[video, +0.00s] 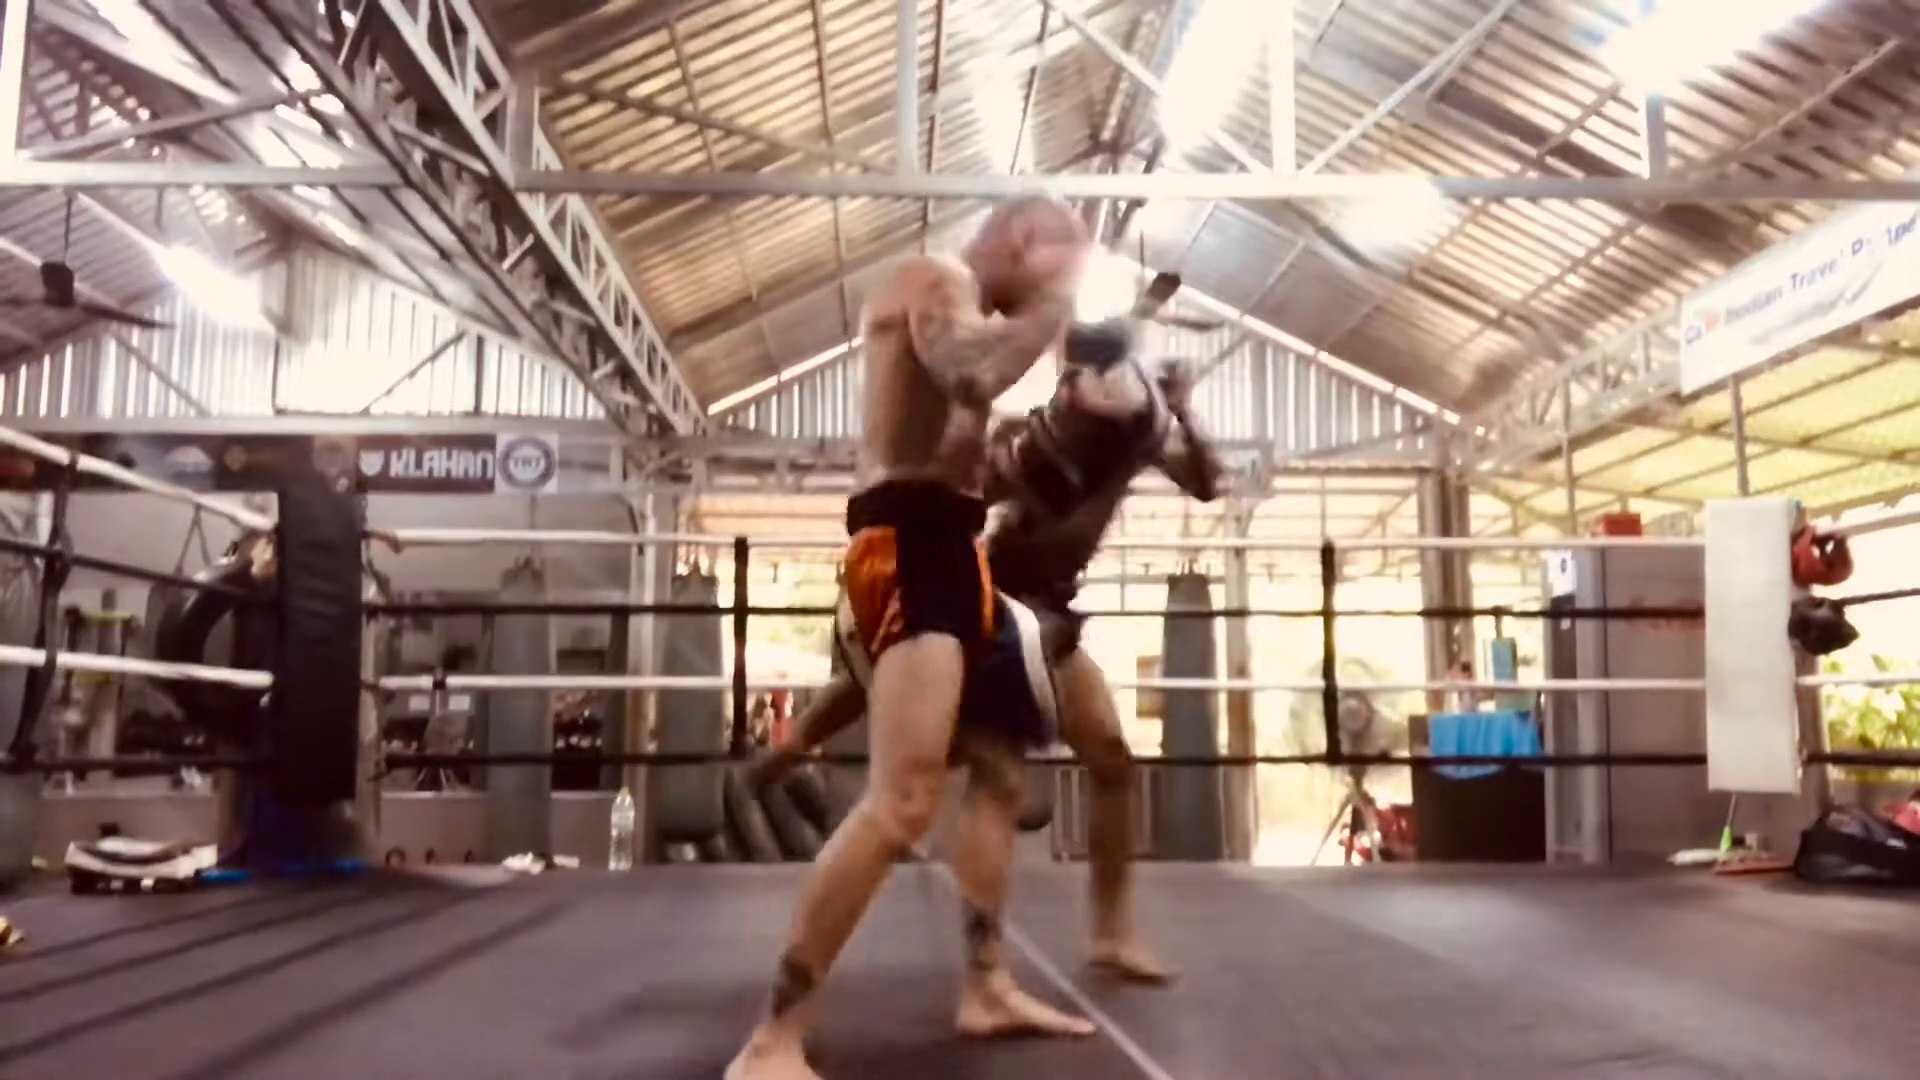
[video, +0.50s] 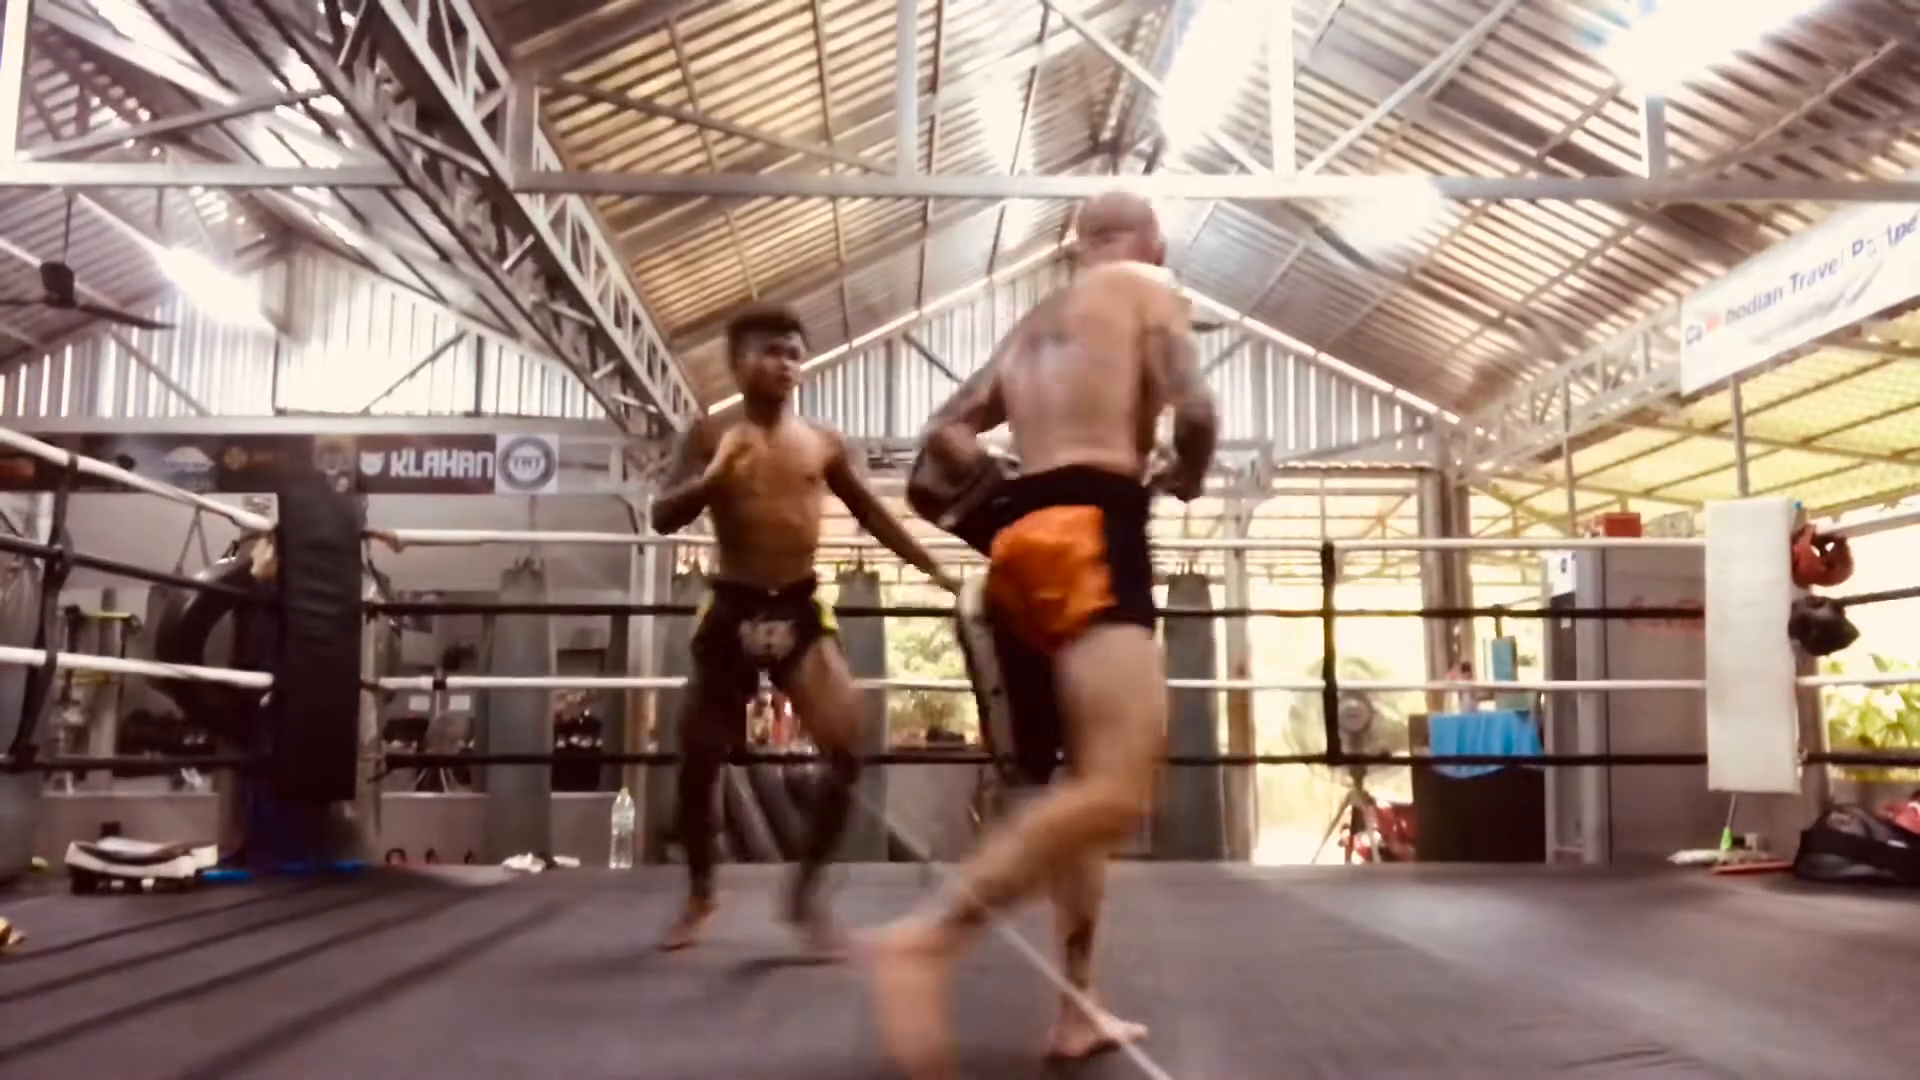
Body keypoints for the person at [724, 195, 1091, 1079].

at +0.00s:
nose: (1048, 286)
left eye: (1054, 272)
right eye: (1046, 265)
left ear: (1010, 245)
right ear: (1013, 240)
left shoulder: (971, 317)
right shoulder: (928, 277)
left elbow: (954, 467)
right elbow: (969, 372)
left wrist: (1022, 453)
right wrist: (1057, 308)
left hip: (956, 544)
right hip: (910, 539)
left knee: (998, 782)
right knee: (900, 804)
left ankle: (986, 987)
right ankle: (774, 1042)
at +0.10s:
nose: (1086, 264)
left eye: (1092, 248)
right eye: (1082, 242)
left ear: (1035, 220)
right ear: (1036, 217)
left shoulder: (1004, 304)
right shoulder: (951, 262)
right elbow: (1001, 356)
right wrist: (1117, 322)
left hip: (982, 536)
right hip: (922, 521)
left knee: (1014, 775)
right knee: (877, 784)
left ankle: (990, 987)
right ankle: (768, 1033)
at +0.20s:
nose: (1108, 238)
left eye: (1112, 224)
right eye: (1101, 219)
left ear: (1051, 204)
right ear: (1053, 199)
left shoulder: (1015, 277)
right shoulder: (981, 246)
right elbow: (1045, 353)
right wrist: (1154, 350)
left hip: (995, 520)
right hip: (946, 504)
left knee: (1023, 766)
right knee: (883, 770)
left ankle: (1006, 986)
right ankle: (769, 1022)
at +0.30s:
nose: (1134, 240)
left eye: (1133, 222)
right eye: (1128, 220)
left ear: (1067, 214)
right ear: (1081, 213)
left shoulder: (1006, 288)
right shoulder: (1037, 259)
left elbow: (918, 440)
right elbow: (1102, 375)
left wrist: (1052, 482)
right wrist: (1171, 402)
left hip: (1005, 522)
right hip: (980, 509)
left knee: (1053, 765)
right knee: (902, 770)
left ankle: (1056, 993)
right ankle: (773, 1014)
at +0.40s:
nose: (1147, 254)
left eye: (1143, 239)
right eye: (1141, 237)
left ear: (1075, 231)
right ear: (1115, 229)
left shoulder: (1010, 314)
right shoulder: (1097, 277)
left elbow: (920, 438)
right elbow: (1166, 412)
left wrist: (974, 509)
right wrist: (1178, 455)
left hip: (991, 524)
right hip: (1033, 523)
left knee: (1083, 780)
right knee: (973, 782)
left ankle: (1075, 1004)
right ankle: (802, 993)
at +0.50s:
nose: (1162, 252)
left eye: (1155, 240)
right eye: (1158, 240)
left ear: (1082, 244)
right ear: (1144, 237)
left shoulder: (1028, 326)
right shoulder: (1149, 289)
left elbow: (946, 432)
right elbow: (1196, 411)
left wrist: (1007, 500)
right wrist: (1184, 478)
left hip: (1016, 533)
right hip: (1091, 520)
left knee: (1080, 788)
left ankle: (1077, 1006)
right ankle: (921, 942)